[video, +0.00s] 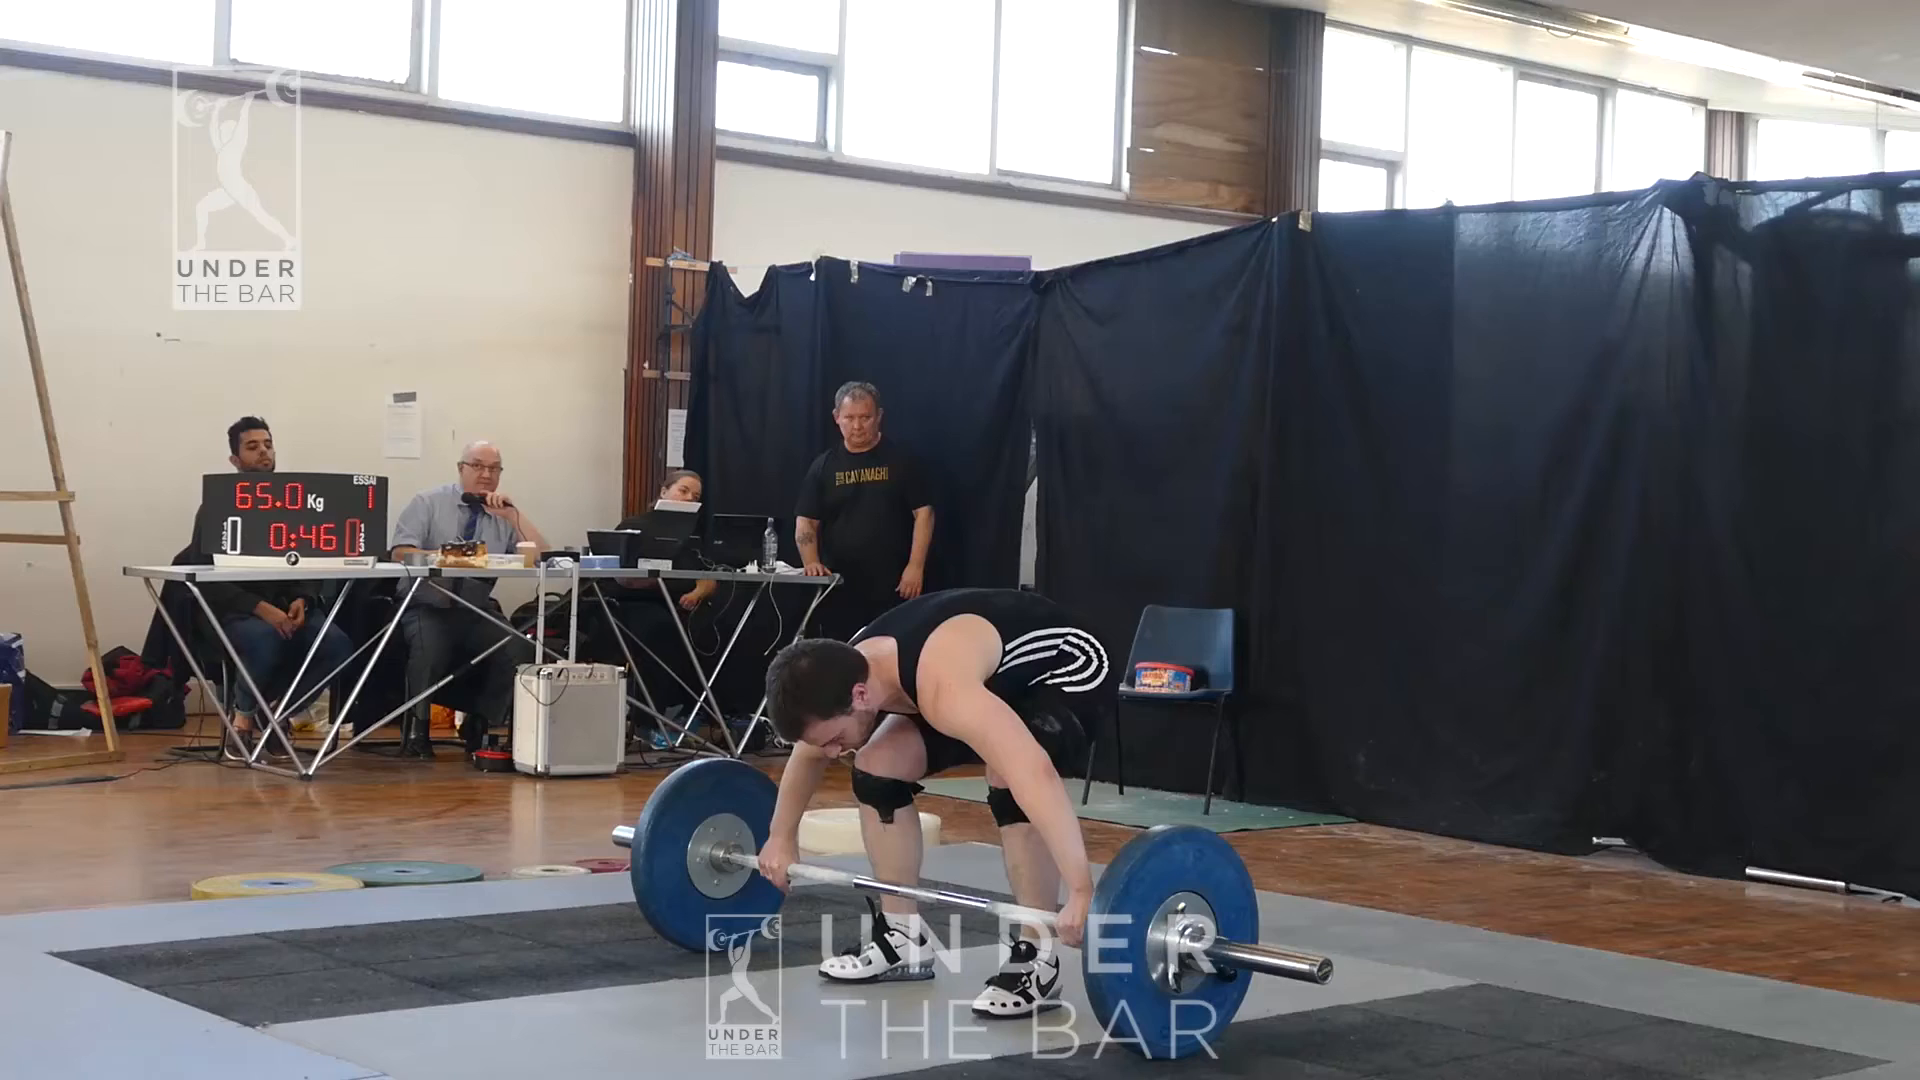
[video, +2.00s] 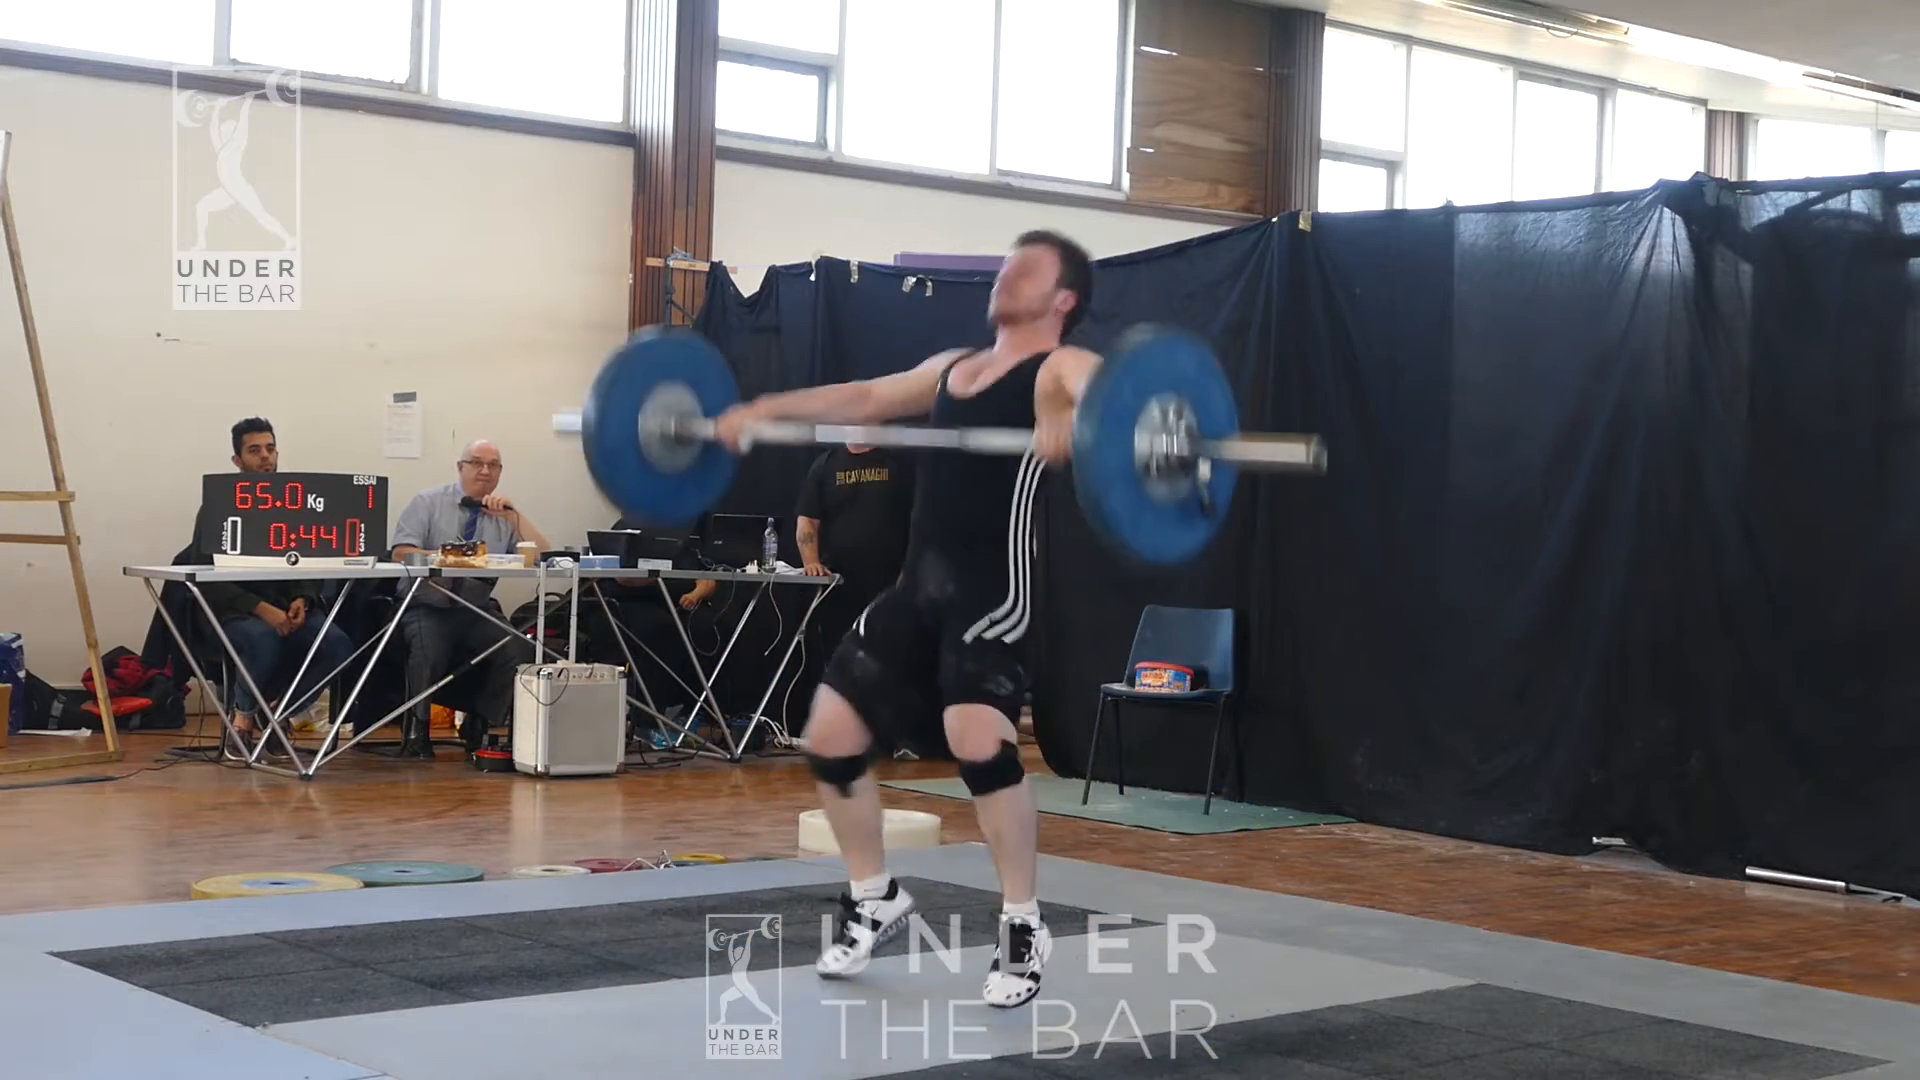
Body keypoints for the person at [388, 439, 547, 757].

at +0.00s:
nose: (486, 474)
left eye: (494, 468)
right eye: (478, 466)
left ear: (500, 474)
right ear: (461, 470)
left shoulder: (503, 516)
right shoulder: (428, 503)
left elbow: (541, 555)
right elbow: (401, 550)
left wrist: (515, 514)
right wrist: (444, 560)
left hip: (478, 609)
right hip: (429, 606)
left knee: (517, 651)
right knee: (430, 650)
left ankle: (477, 727)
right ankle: (417, 731)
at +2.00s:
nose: (484, 471)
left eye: (493, 466)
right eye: (476, 464)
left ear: (500, 473)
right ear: (460, 468)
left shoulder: (503, 516)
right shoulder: (428, 502)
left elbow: (544, 553)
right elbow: (401, 550)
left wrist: (515, 515)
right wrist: (442, 561)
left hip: (478, 609)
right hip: (429, 605)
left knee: (518, 652)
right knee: (429, 651)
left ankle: (477, 726)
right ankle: (417, 730)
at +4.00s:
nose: (423, 469)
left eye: (433, 462)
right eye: (417, 462)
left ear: (453, 466)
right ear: (411, 464)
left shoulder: (479, 507)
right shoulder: (396, 504)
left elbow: (532, 547)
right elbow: (389, 545)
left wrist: (504, 545)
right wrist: (442, 548)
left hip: (469, 607)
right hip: (416, 607)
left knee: (513, 649)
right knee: (433, 642)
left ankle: (479, 724)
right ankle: (437, 724)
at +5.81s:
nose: (398, 468)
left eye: (409, 461)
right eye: (393, 461)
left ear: (431, 464)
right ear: (388, 462)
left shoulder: (459, 501)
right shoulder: (377, 503)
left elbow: (507, 534)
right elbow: (347, 537)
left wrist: (504, 547)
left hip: (458, 603)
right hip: (405, 608)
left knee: (506, 654)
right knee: (445, 659)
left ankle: (480, 724)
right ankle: (446, 719)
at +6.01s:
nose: (395, 467)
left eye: (406, 460)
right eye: (390, 460)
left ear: (427, 463)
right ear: (385, 462)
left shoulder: (456, 500)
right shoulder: (375, 504)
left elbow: (504, 533)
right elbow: (352, 549)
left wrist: (503, 546)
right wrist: (391, 540)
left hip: (458, 601)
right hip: (405, 606)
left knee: (504, 655)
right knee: (446, 658)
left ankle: (480, 726)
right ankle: (445, 720)